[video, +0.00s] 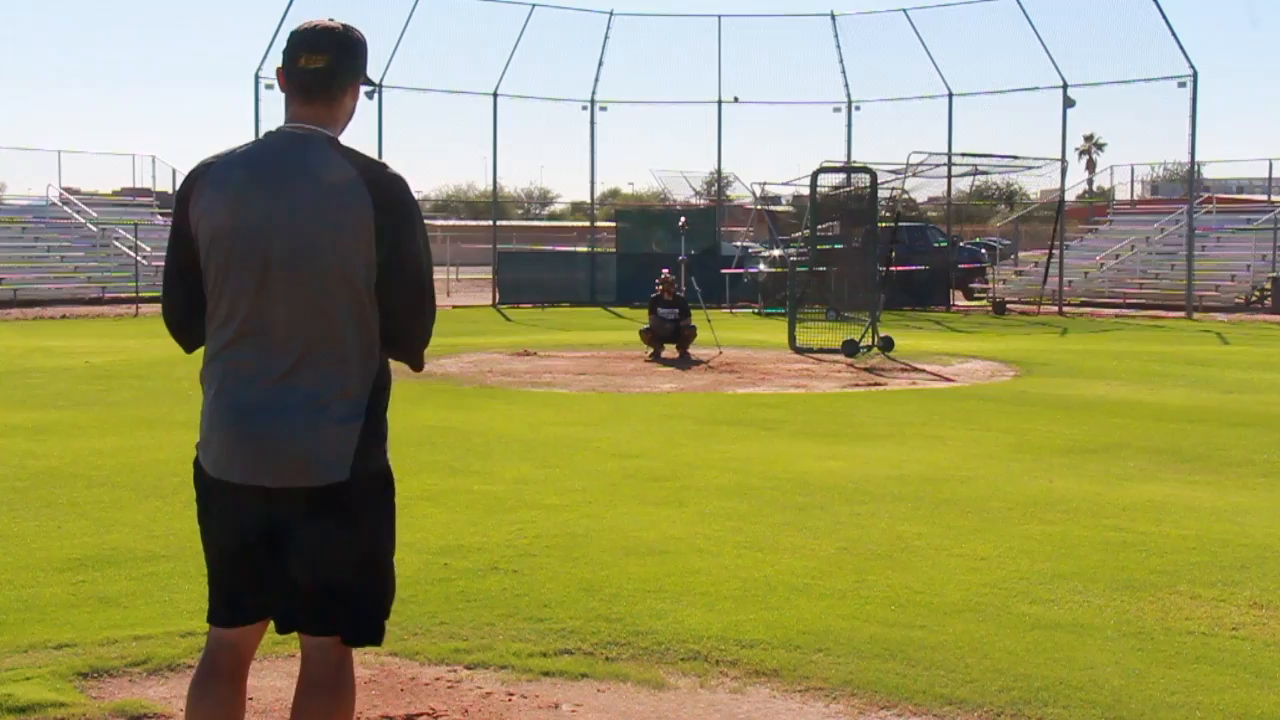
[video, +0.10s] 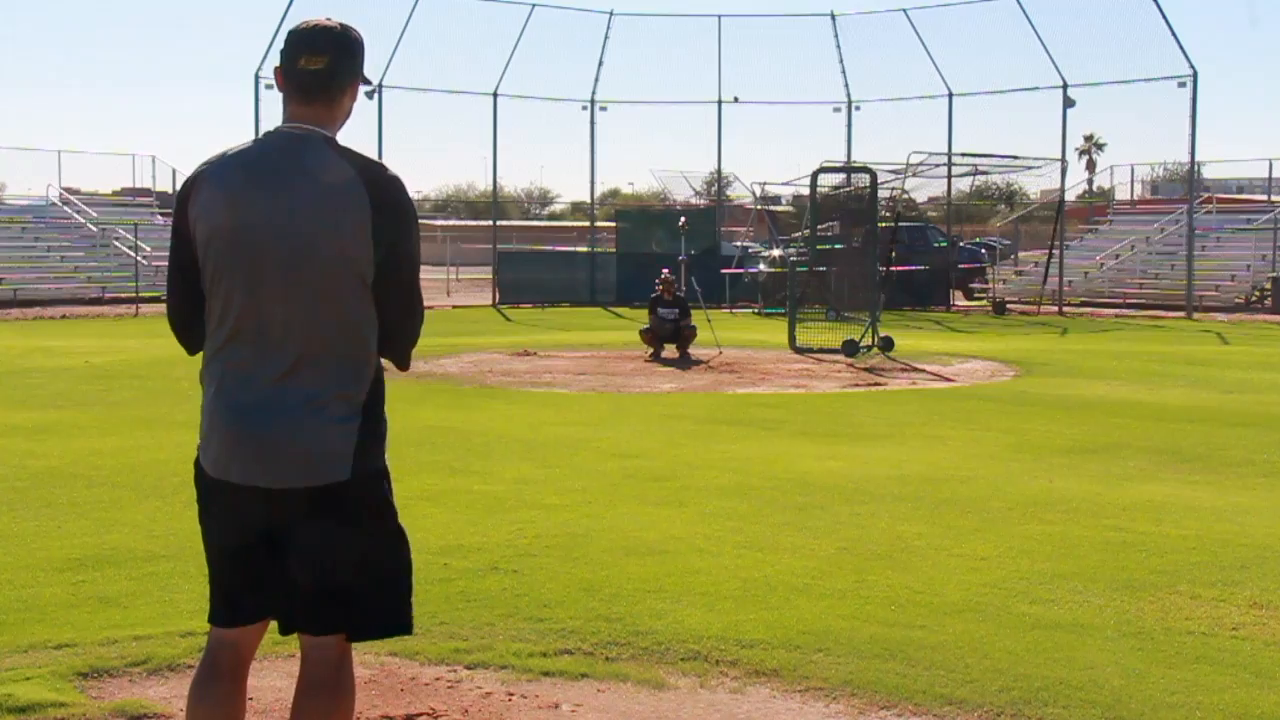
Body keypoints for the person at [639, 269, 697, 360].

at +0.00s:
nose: (668, 287)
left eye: (670, 284)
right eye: (665, 284)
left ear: (674, 286)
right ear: (661, 286)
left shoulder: (680, 300)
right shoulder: (655, 299)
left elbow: (687, 319)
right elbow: (652, 318)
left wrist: (674, 325)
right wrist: (662, 326)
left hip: (676, 329)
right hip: (660, 330)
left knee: (691, 330)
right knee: (645, 333)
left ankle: (683, 350)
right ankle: (657, 348)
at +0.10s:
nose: (667, 287)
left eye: (670, 284)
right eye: (665, 284)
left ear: (674, 286)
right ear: (661, 286)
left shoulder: (680, 300)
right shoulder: (655, 299)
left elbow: (687, 319)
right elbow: (652, 318)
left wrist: (674, 325)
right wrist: (662, 326)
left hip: (677, 329)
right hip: (660, 330)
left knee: (691, 330)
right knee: (645, 333)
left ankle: (683, 349)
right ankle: (657, 348)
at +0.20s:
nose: (668, 287)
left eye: (670, 284)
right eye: (665, 285)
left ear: (674, 286)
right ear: (661, 286)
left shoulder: (680, 300)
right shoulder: (655, 299)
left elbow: (688, 319)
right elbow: (652, 318)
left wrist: (675, 325)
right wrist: (662, 326)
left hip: (677, 329)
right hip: (660, 329)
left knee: (691, 330)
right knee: (645, 332)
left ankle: (683, 350)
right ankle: (657, 348)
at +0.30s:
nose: (668, 287)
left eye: (670, 284)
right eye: (665, 285)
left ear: (674, 286)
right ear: (661, 286)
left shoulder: (680, 299)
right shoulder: (655, 299)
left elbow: (688, 319)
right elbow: (652, 318)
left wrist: (675, 324)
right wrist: (662, 326)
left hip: (677, 329)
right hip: (660, 329)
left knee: (691, 330)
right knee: (645, 332)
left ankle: (683, 350)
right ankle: (657, 348)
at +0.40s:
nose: (668, 287)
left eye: (670, 284)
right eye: (665, 285)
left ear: (674, 286)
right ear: (661, 286)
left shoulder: (680, 300)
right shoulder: (655, 299)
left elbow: (688, 319)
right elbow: (652, 318)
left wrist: (674, 325)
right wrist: (662, 326)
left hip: (677, 329)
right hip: (660, 329)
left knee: (691, 330)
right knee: (645, 332)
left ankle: (683, 350)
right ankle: (657, 348)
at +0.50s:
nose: (668, 287)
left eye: (670, 284)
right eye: (665, 284)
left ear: (674, 286)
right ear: (661, 286)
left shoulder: (681, 299)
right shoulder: (655, 299)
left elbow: (688, 319)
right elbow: (652, 318)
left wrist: (674, 324)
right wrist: (662, 326)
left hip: (677, 328)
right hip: (660, 328)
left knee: (691, 329)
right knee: (645, 332)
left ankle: (683, 349)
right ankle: (657, 348)